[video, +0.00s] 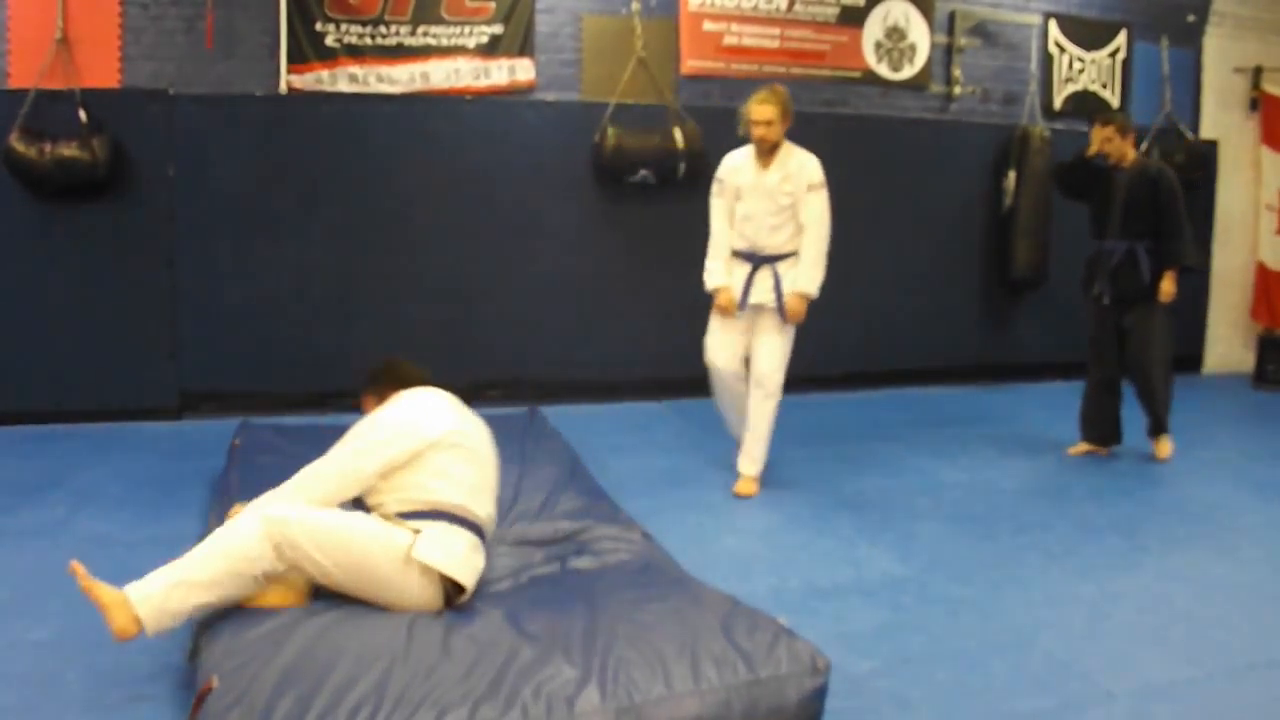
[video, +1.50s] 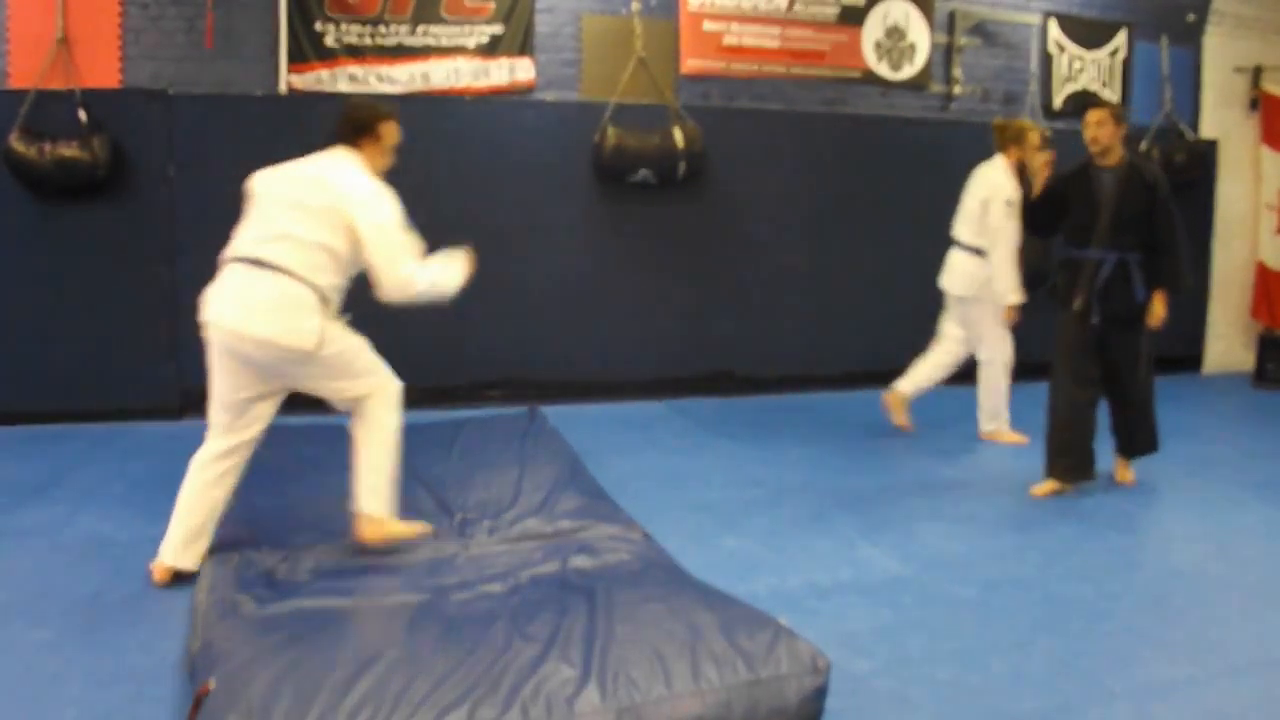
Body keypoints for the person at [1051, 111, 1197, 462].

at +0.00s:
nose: (1103, 149)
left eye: (1108, 142)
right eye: (1100, 143)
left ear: (1128, 139)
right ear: (1098, 145)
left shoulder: (1158, 177)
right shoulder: (1100, 175)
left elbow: (1175, 228)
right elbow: (1064, 181)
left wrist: (1170, 271)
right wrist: (1088, 155)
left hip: (1146, 276)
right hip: (1106, 274)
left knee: (1146, 356)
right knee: (1103, 356)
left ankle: (1160, 431)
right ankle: (1099, 436)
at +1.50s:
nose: (1092, 133)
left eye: (1100, 126)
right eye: (1087, 126)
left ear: (1120, 130)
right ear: (1083, 132)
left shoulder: (1147, 179)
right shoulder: (1073, 179)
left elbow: (1165, 240)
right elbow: (1040, 224)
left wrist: (1161, 291)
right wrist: (1036, 187)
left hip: (1128, 293)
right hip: (1079, 291)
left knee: (1128, 378)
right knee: (1070, 381)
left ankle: (1125, 455)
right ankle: (1064, 470)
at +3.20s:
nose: (1119, 131)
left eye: (1128, 123)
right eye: (1115, 123)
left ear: (1151, 125)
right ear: (1112, 126)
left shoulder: (1178, 175)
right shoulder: (1110, 176)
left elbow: (1190, 247)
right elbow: (1090, 239)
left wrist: (1179, 308)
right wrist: (1069, 235)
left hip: (1160, 299)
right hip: (1120, 296)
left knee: (1131, 387)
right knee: (1117, 388)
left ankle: (1131, 490)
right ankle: (1118, 481)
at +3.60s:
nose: (1110, 149)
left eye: (1119, 140)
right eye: (1104, 140)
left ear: (1140, 139)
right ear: (1096, 140)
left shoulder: (1163, 190)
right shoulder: (1086, 187)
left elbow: (1186, 262)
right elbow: (1071, 250)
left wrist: (1198, 330)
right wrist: (1071, 306)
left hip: (1140, 308)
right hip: (1093, 308)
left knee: (1124, 407)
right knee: (1106, 404)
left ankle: (1120, 519)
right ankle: (1126, 486)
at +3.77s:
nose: (1111, 157)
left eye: (1121, 148)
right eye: (1105, 147)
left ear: (1142, 148)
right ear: (1096, 145)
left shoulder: (1162, 204)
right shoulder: (1070, 187)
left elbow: (1176, 277)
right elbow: (1038, 245)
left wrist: (1173, 343)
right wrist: (1031, 305)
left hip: (1122, 324)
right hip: (1066, 318)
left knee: (1110, 430)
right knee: (1051, 422)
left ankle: (1119, 534)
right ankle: (1095, 464)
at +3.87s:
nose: (1107, 164)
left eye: (1117, 154)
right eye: (1100, 152)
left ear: (1134, 153)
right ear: (1089, 149)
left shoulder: (1151, 209)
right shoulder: (1057, 189)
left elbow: (1161, 284)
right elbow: (1017, 250)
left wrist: (1153, 348)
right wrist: (1000, 315)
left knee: (1105, 439)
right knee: (1018, 426)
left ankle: (1120, 537)